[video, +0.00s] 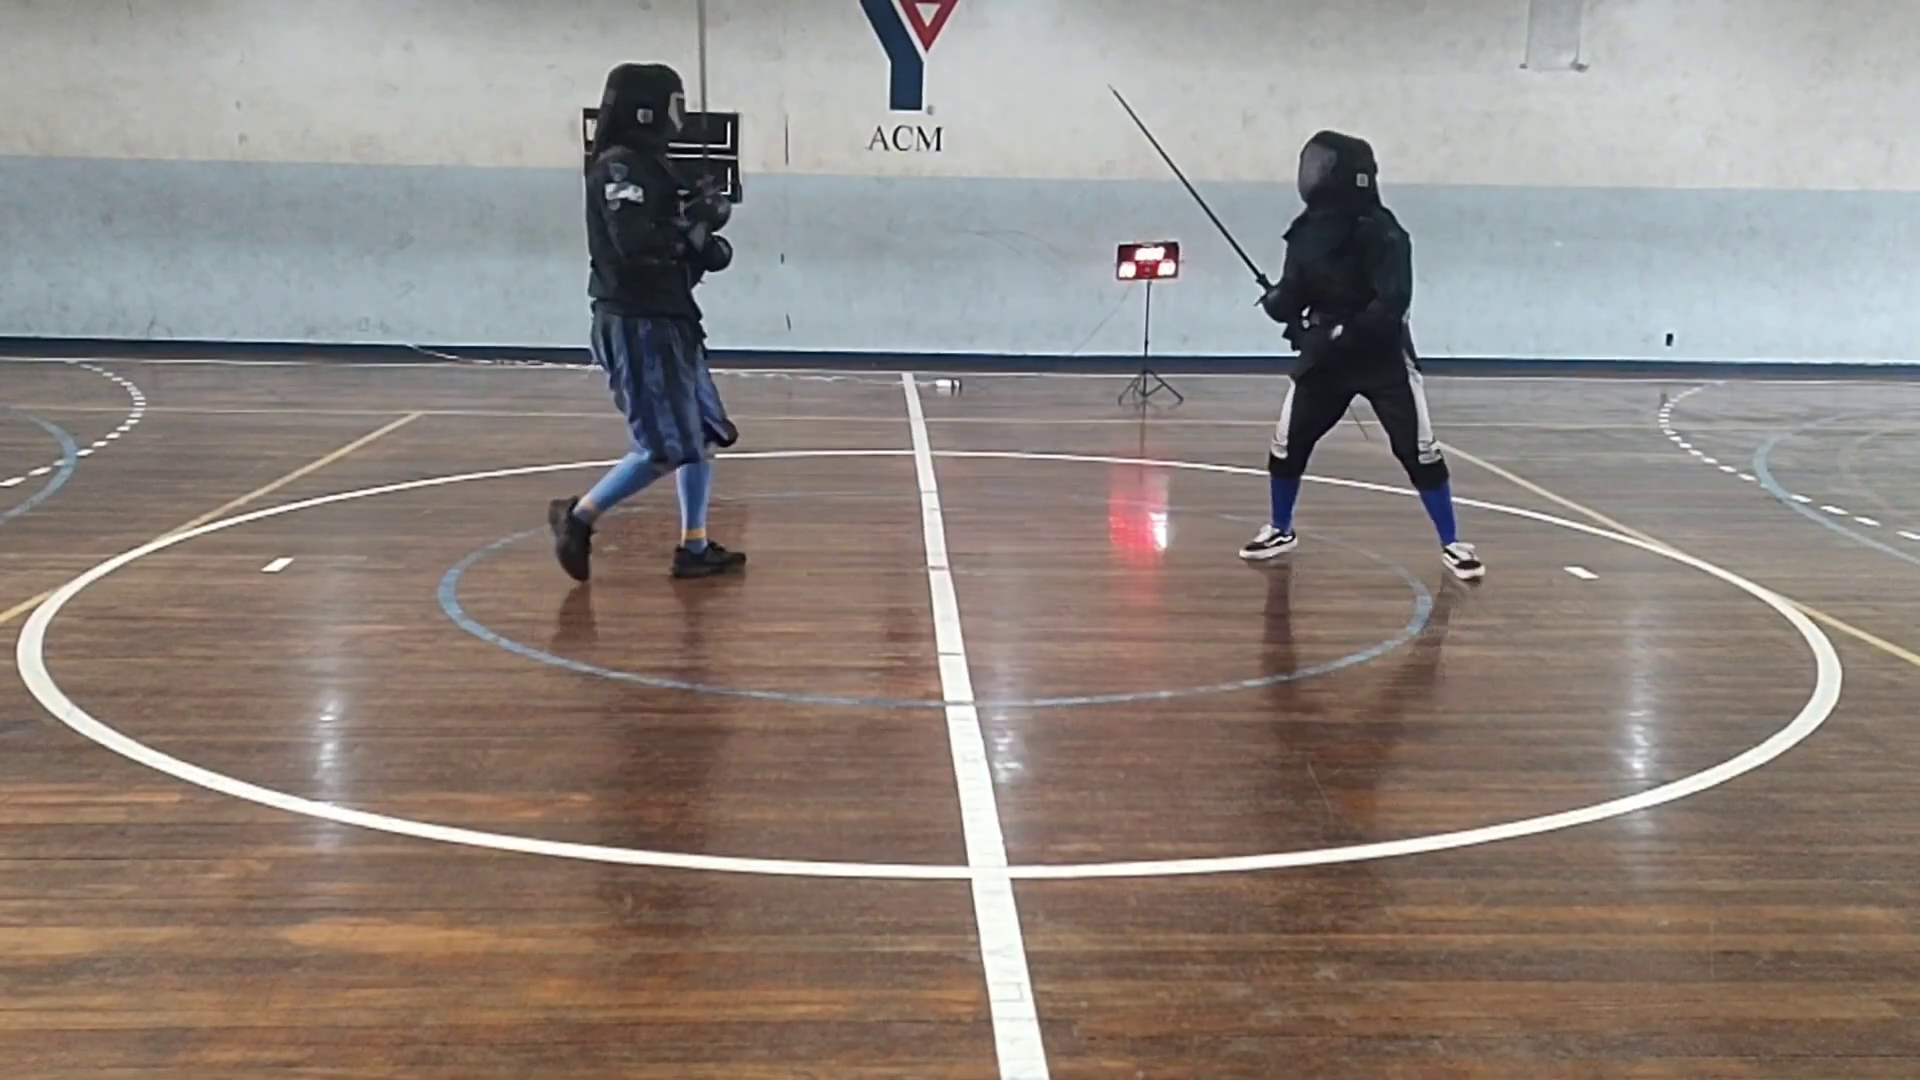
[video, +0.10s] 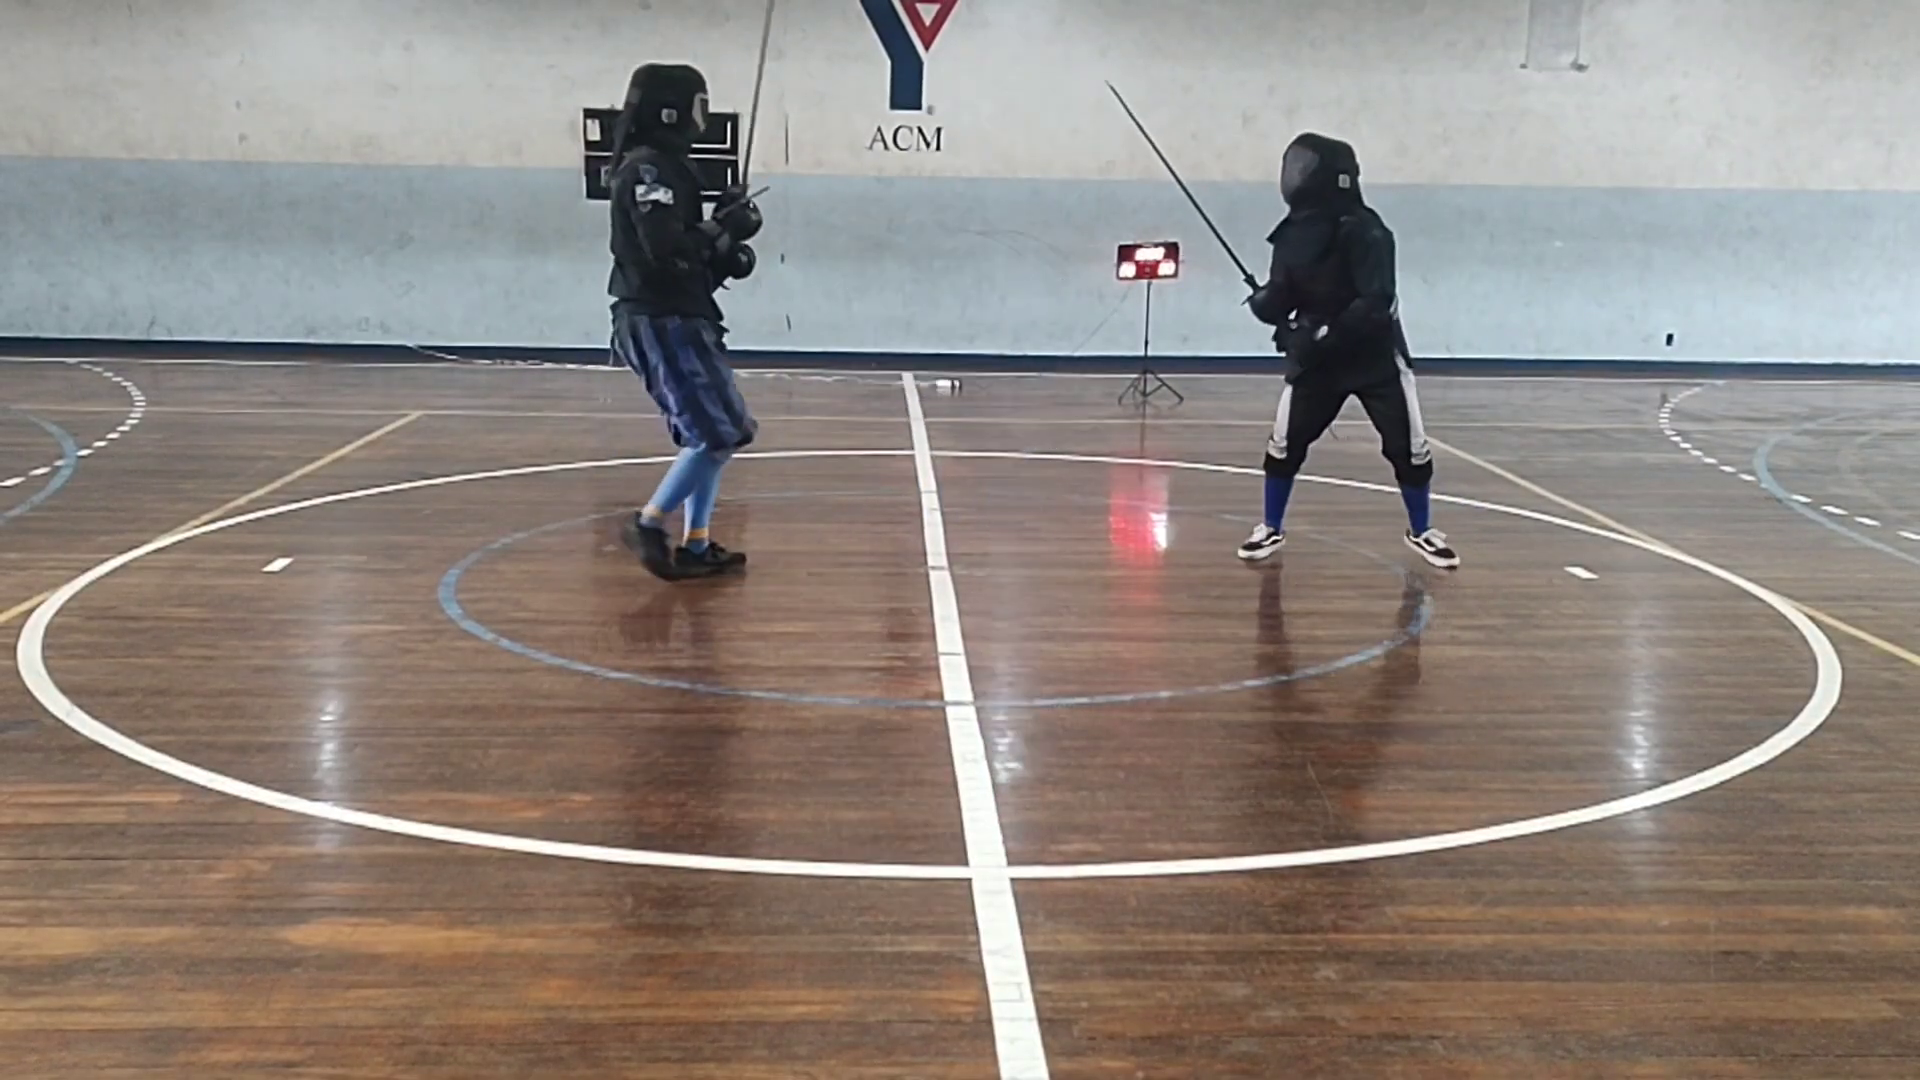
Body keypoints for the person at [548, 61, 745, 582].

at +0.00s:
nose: (678, 117)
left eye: (677, 107)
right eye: (671, 107)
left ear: (637, 111)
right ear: (644, 111)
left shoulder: (650, 165)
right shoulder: (619, 166)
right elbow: (636, 243)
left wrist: (702, 241)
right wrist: (694, 232)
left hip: (668, 318)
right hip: (634, 321)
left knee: (698, 437)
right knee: (668, 446)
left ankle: (695, 548)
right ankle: (578, 516)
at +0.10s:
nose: (701, 119)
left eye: (700, 108)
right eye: (694, 108)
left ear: (660, 110)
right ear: (668, 111)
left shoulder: (667, 166)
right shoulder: (649, 168)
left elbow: (679, 249)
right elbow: (668, 248)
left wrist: (720, 256)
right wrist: (721, 229)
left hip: (679, 315)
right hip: (657, 319)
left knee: (722, 433)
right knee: (717, 433)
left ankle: (695, 544)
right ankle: (650, 521)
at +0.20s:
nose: (721, 123)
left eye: (720, 112)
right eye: (715, 112)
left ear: (673, 113)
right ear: (693, 115)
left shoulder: (665, 167)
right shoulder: (680, 170)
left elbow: (689, 248)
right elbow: (697, 247)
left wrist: (738, 237)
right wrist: (747, 247)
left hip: (661, 317)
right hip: (689, 318)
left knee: (715, 434)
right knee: (753, 427)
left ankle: (696, 545)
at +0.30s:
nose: (745, 123)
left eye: (745, 112)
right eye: (740, 113)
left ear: (692, 114)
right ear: (719, 117)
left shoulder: (680, 169)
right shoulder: (709, 174)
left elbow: (710, 252)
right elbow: (724, 250)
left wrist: (765, 237)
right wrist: (772, 257)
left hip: (675, 320)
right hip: (711, 323)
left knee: (722, 434)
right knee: (773, 430)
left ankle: (696, 546)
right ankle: (808, 544)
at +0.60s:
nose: (812, 132)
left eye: (812, 122)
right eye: (809, 122)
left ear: (754, 121)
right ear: (790, 127)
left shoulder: (722, 175)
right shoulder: (778, 185)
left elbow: (741, 262)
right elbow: (803, 276)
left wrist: (810, 246)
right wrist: (831, 250)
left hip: (718, 327)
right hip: (772, 331)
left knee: (750, 438)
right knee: (832, 433)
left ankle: (720, 548)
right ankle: (848, 547)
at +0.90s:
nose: (877, 148)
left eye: (877, 137)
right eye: (874, 138)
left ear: (821, 133)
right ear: (856, 141)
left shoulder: (788, 185)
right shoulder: (844, 195)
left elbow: (809, 268)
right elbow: (870, 288)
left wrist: (880, 250)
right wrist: (897, 255)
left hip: (772, 331)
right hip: (827, 337)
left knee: (768, 446)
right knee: (895, 437)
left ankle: (716, 548)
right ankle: (923, 546)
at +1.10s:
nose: (922, 150)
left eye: (922, 141)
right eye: (919, 142)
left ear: (865, 139)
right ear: (900, 147)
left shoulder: (833, 189)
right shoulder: (896, 203)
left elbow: (867, 274)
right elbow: (925, 290)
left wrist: (939, 277)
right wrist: (962, 268)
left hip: (811, 333)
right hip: (873, 339)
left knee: (776, 444)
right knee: (945, 432)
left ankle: (714, 545)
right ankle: (985, 543)